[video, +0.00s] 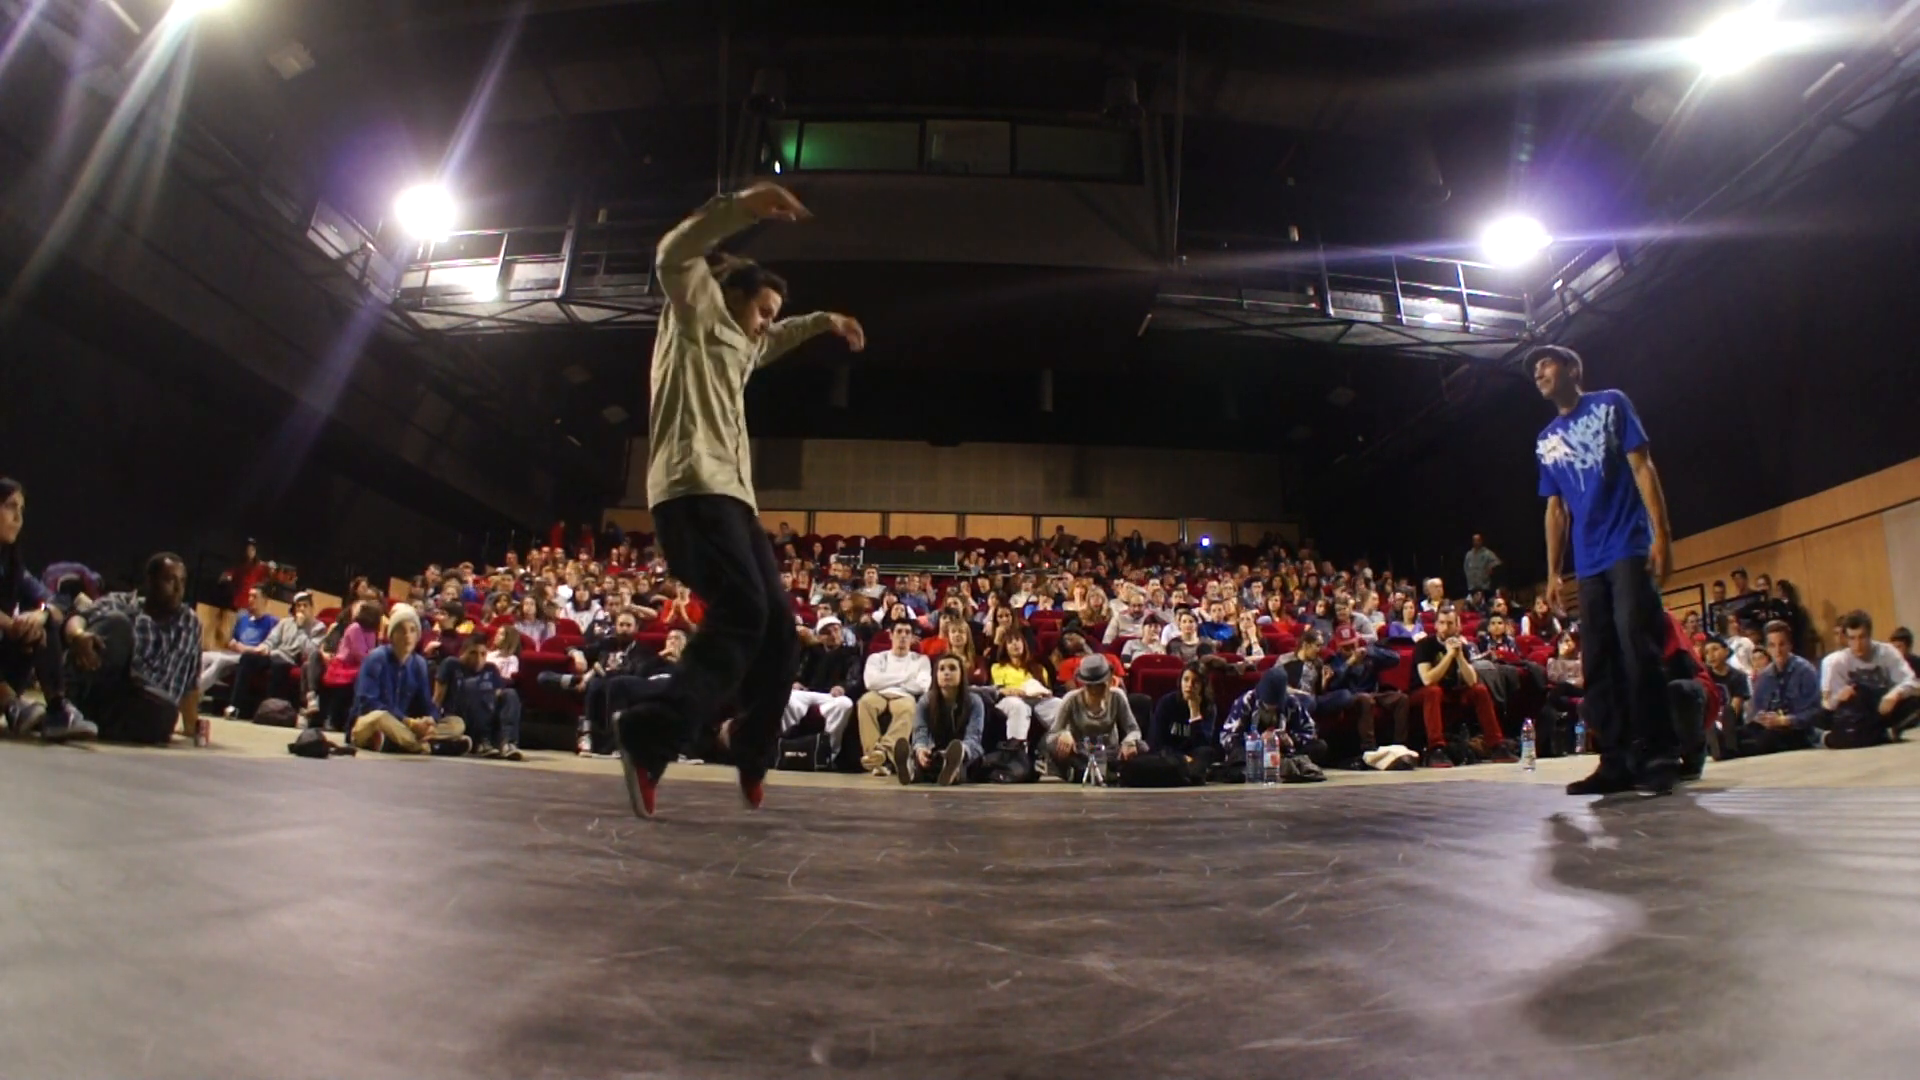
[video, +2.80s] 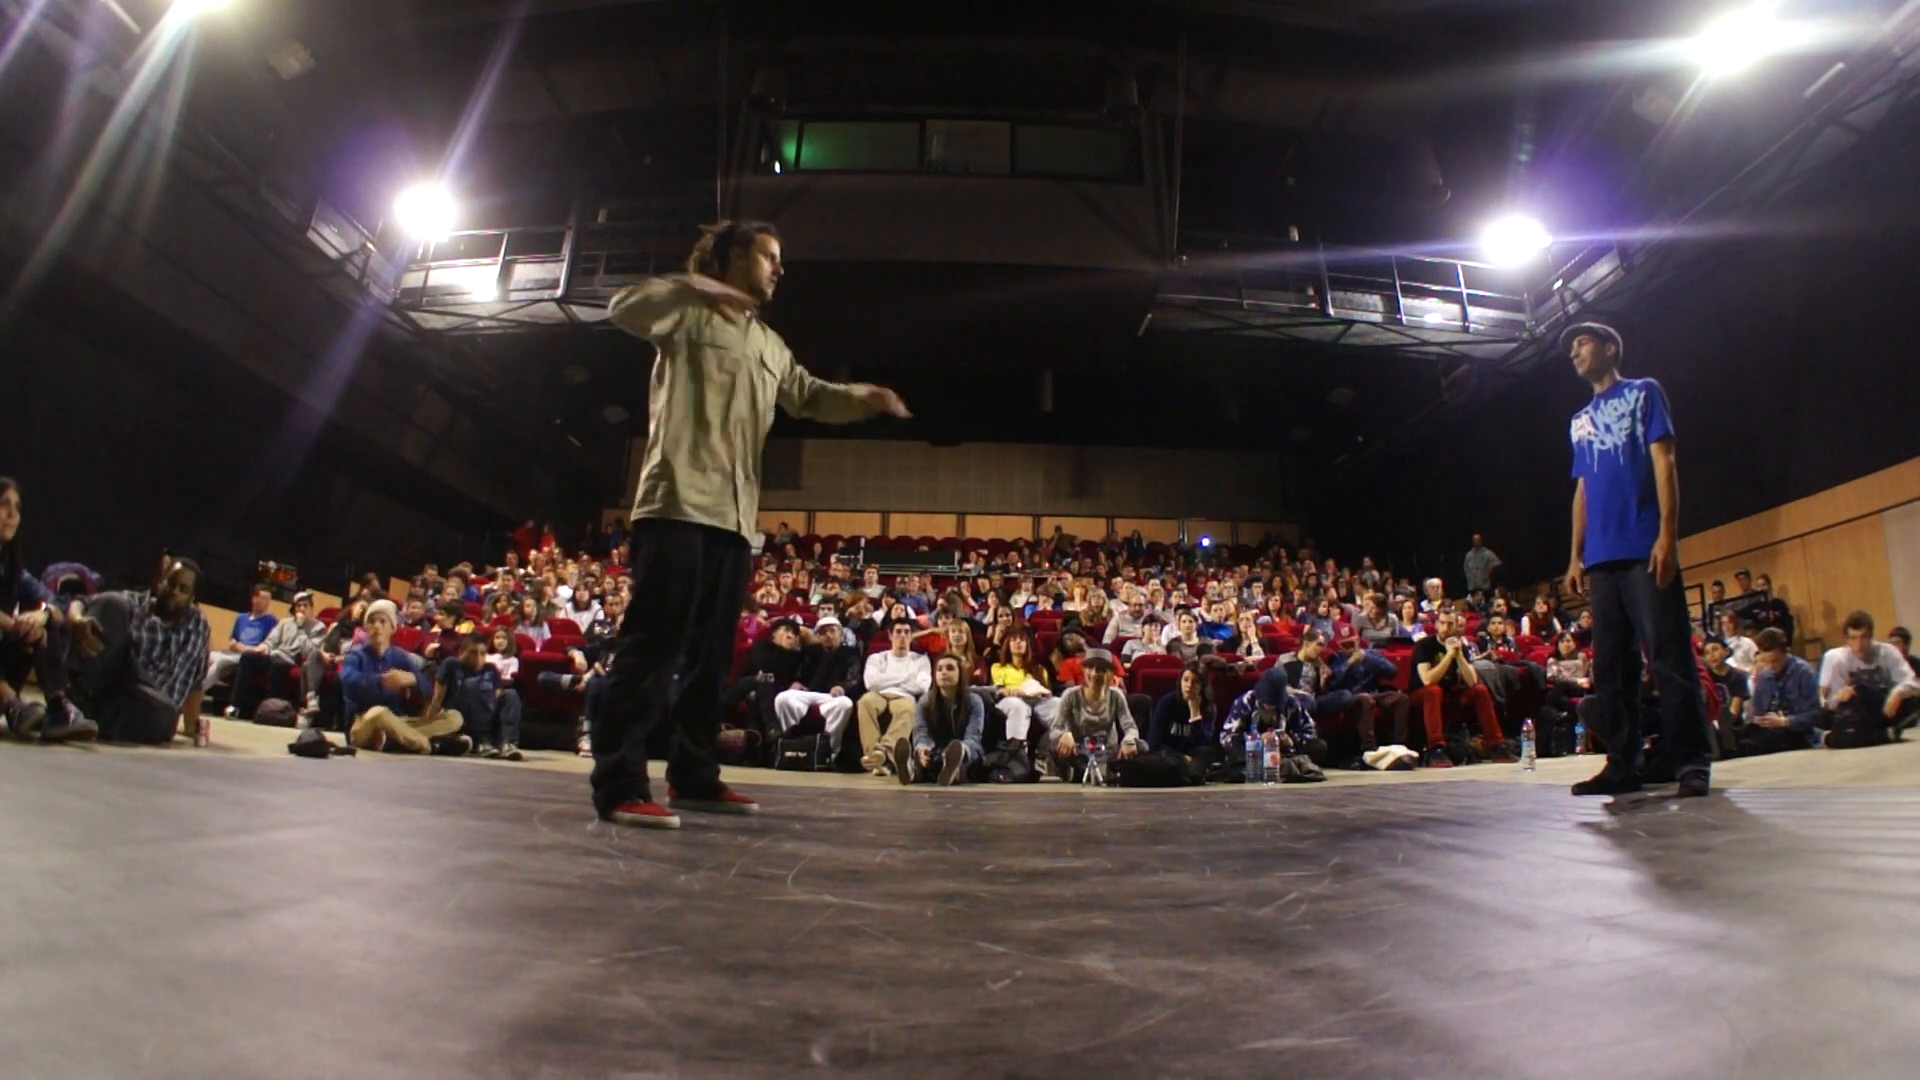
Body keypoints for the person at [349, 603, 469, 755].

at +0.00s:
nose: (408, 637)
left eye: (413, 631)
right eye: (401, 631)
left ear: (418, 635)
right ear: (391, 635)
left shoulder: (420, 664)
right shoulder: (376, 659)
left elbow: (426, 704)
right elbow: (367, 703)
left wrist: (430, 720)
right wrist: (407, 722)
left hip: (411, 724)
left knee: (457, 723)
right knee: (381, 717)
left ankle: (394, 744)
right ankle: (425, 748)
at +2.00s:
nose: (400, 636)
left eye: (407, 631)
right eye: (396, 630)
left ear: (417, 638)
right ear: (390, 633)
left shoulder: (420, 665)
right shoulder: (375, 659)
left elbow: (426, 705)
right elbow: (366, 704)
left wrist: (428, 719)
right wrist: (405, 715)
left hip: (410, 724)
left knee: (457, 724)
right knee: (380, 718)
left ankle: (393, 743)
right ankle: (428, 747)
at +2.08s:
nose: (400, 637)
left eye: (407, 632)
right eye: (396, 630)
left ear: (417, 638)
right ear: (390, 634)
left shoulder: (420, 665)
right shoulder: (373, 660)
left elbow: (420, 707)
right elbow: (364, 704)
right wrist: (406, 700)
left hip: (410, 724)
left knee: (456, 724)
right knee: (379, 718)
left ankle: (393, 744)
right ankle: (428, 747)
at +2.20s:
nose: (398, 637)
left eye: (405, 633)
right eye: (394, 631)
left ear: (415, 639)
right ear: (388, 633)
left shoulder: (419, 664)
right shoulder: (372, 660)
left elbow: (426, 706)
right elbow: (367, 705)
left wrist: (428, 720)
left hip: (404, 724)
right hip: (366, 725)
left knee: (457, 724)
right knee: (380, 717)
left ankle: (393, 744)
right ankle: (428, 747)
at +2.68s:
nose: (381, 629)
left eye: (387, 624)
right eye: (376, 624)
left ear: (398, 630)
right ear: (371, 630)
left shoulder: (408, 661)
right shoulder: (359, 659)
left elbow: (427, 700)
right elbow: (354, 696)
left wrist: (419, 702)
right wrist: (385, 675)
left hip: (402, 723)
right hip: (364, 727)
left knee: (456, 723)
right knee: (379, 716)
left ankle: (393, 743)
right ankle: (430, 748)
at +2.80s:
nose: (377, 626)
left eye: (382, 621)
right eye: (372, 622)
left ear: (393, 628)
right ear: (366, 627)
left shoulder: (400, 657)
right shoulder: (356, 655)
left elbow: (427, 690)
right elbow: (349, 679)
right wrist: (384, 681)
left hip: (401, 720)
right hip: (364, 725)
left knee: (455, 717)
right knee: (379, 713)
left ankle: (395, 742)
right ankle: (429, 747)